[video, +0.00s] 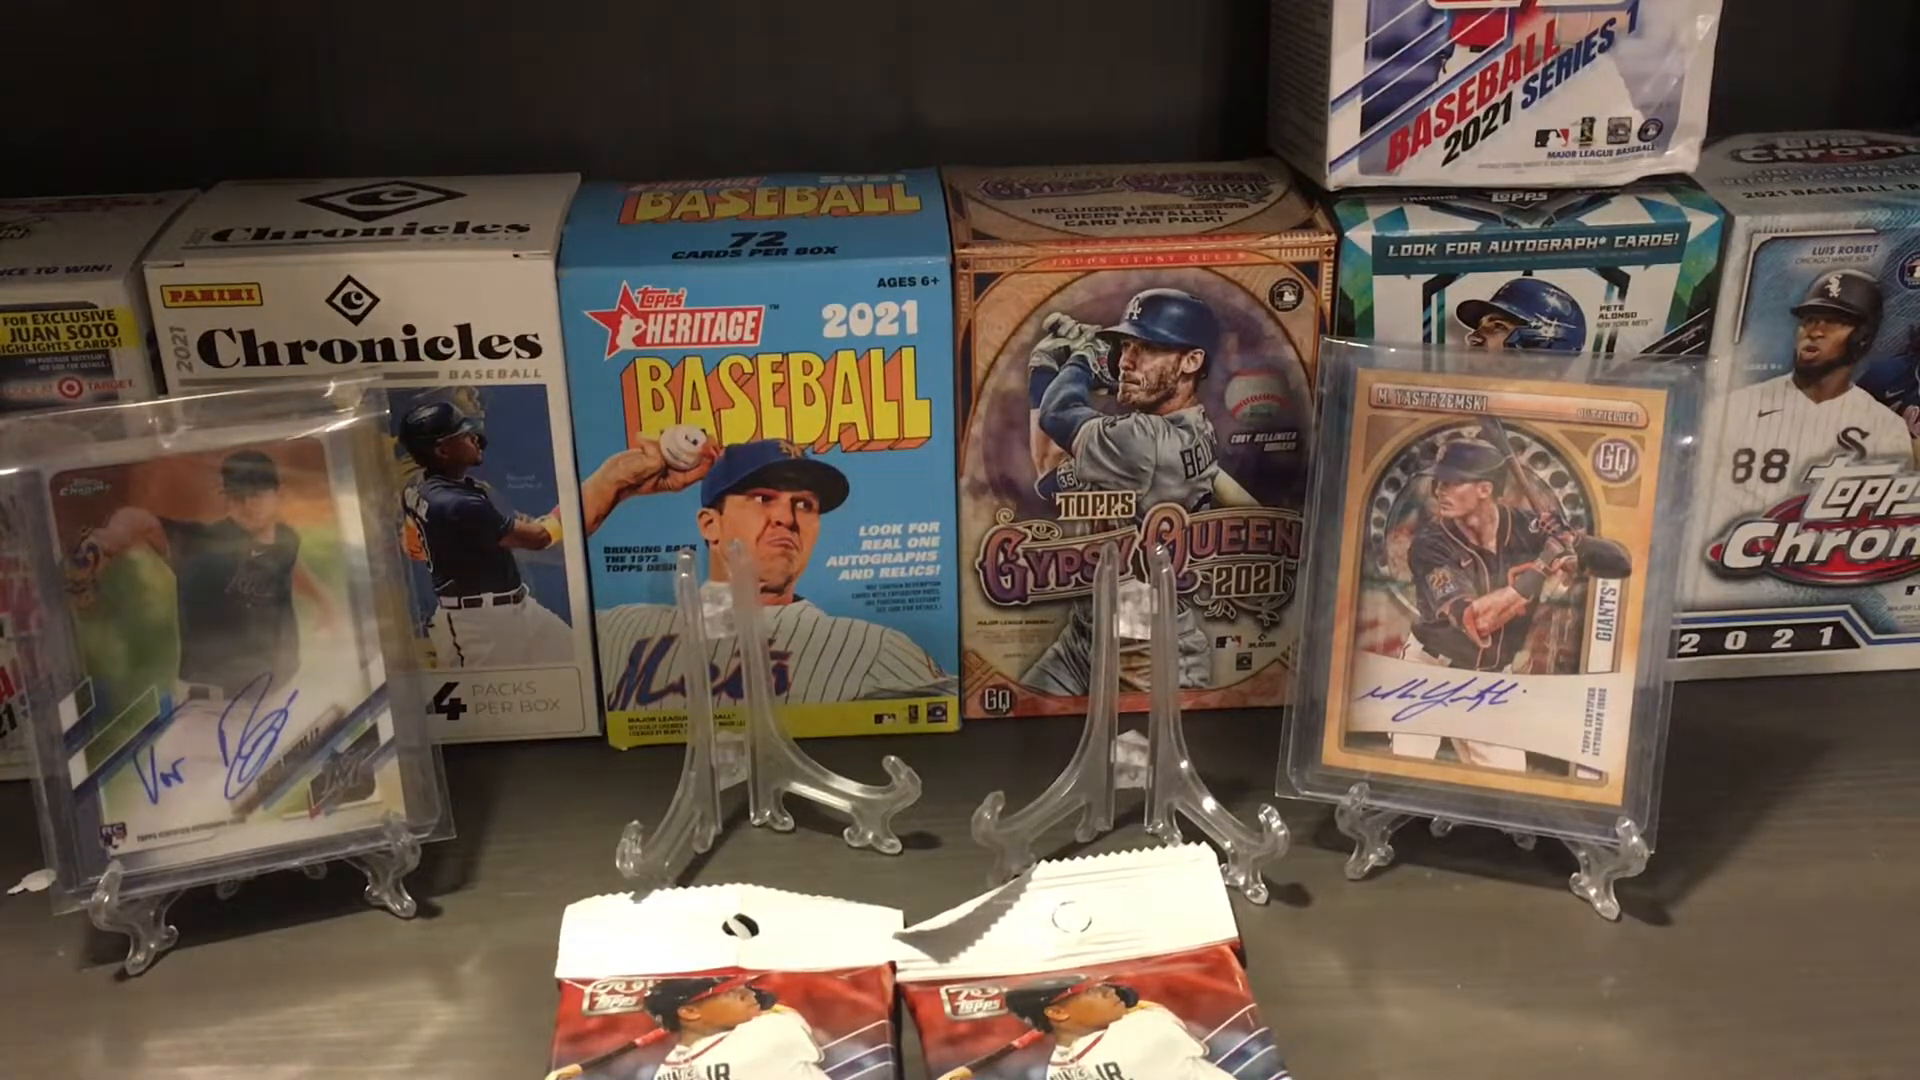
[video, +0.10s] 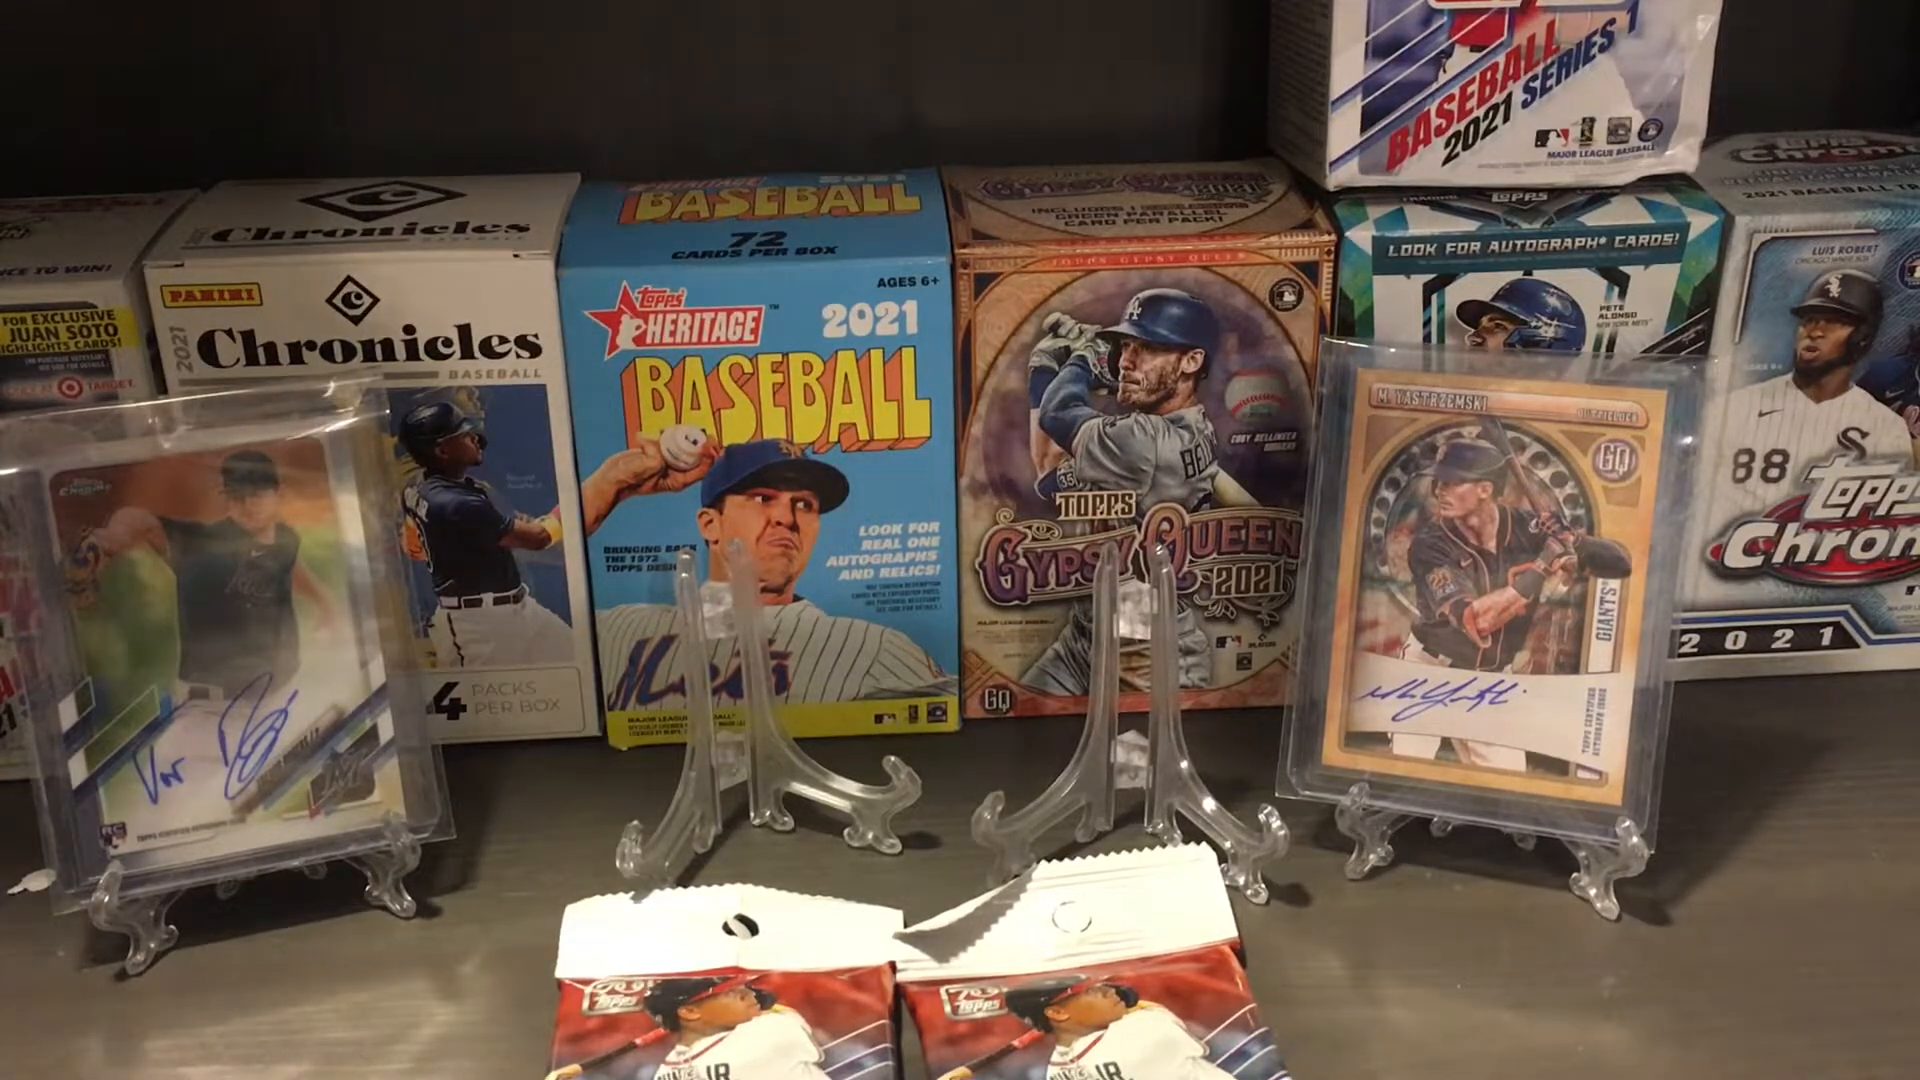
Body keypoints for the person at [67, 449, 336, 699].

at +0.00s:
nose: (247, 507)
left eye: (256, 496)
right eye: (237, 498)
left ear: (276, 495)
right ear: (226, 499)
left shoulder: (286, 540)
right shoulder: (201, 541)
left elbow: (291, 569)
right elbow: (134, 518)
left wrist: (324, 602)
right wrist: (111, 541)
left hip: (274, 687)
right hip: (212, 693)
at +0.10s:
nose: (247, 507)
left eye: (256, 496)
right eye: (237, 498)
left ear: (276, 495)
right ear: (226, 499)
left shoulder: (287, 540)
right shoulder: (202, 541)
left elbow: (291, 568)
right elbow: (135, 518)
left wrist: (323, 602)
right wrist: (114, 539)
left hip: (275, 685)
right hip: (213, 691)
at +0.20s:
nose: (247, 507)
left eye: (256, 496)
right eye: (237, 497)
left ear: (276, 496)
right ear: (226, 499)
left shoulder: (286, 540)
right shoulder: (202, 541)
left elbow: (291, 569)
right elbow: (136, 518)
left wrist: (323, 602)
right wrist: (115, 538)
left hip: (274, 685)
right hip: (212, 691)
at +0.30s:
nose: (247, 506)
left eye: (256, 496)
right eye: (237, 497)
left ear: (276, 495)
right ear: (226, 499)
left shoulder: (286, 541)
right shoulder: (202, 541)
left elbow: (291, 569)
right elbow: (135, 518)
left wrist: (323, 602)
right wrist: (115, 538)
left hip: (274, 685)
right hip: (212, 691)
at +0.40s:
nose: (247, 506)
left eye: (256, 495)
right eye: (237, 497)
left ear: (276, 495)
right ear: (226, 499)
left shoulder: (286, 541)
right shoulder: (201, 541)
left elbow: (291, 569)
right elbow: (134, 517)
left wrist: (323, 601)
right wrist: (116, 539)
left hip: (276, 683)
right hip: (214, 690)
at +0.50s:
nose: (246, 506)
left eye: (256, 496)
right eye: (237, 497)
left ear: (276, 496)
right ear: (227, 500)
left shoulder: (286, 541)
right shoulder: (201, 541)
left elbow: (291, 570)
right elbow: (134, 518)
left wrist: (323, 601)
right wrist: (117, 539)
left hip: (274, 686)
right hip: (212, 692)